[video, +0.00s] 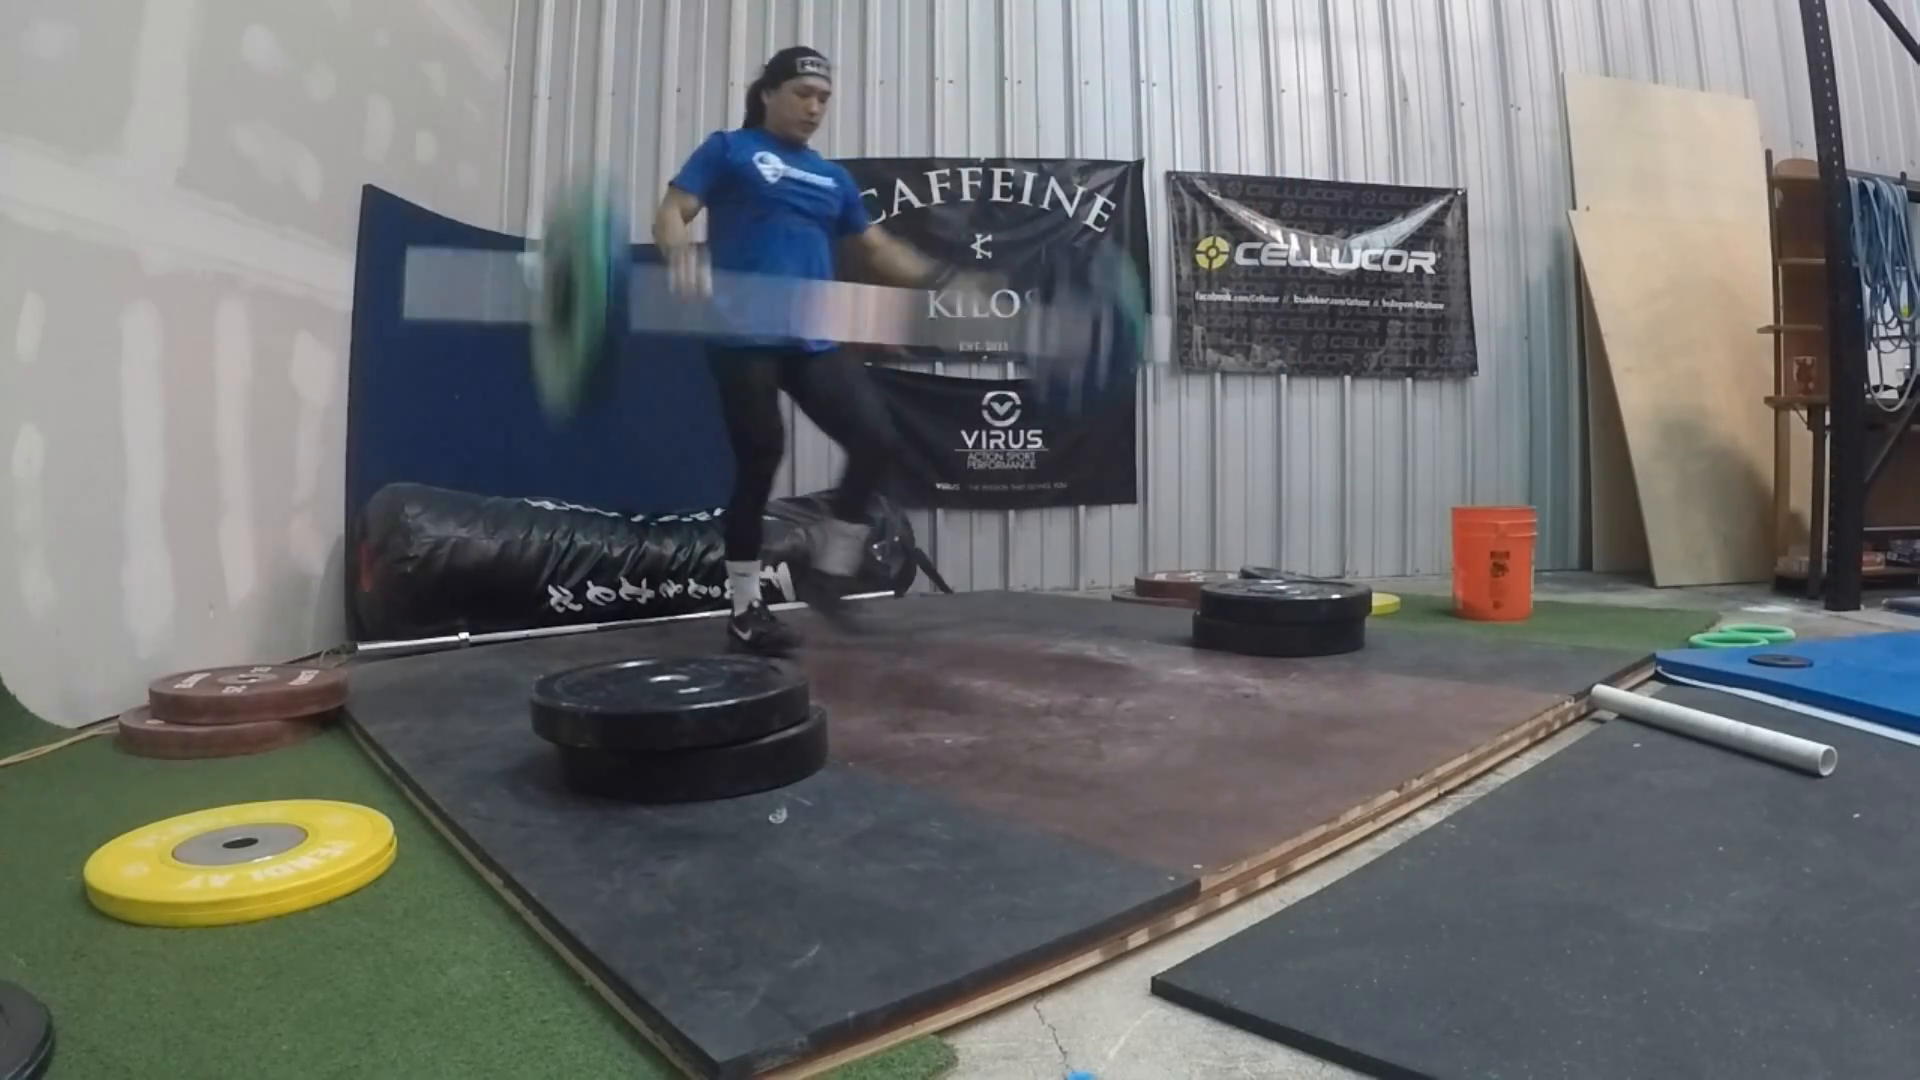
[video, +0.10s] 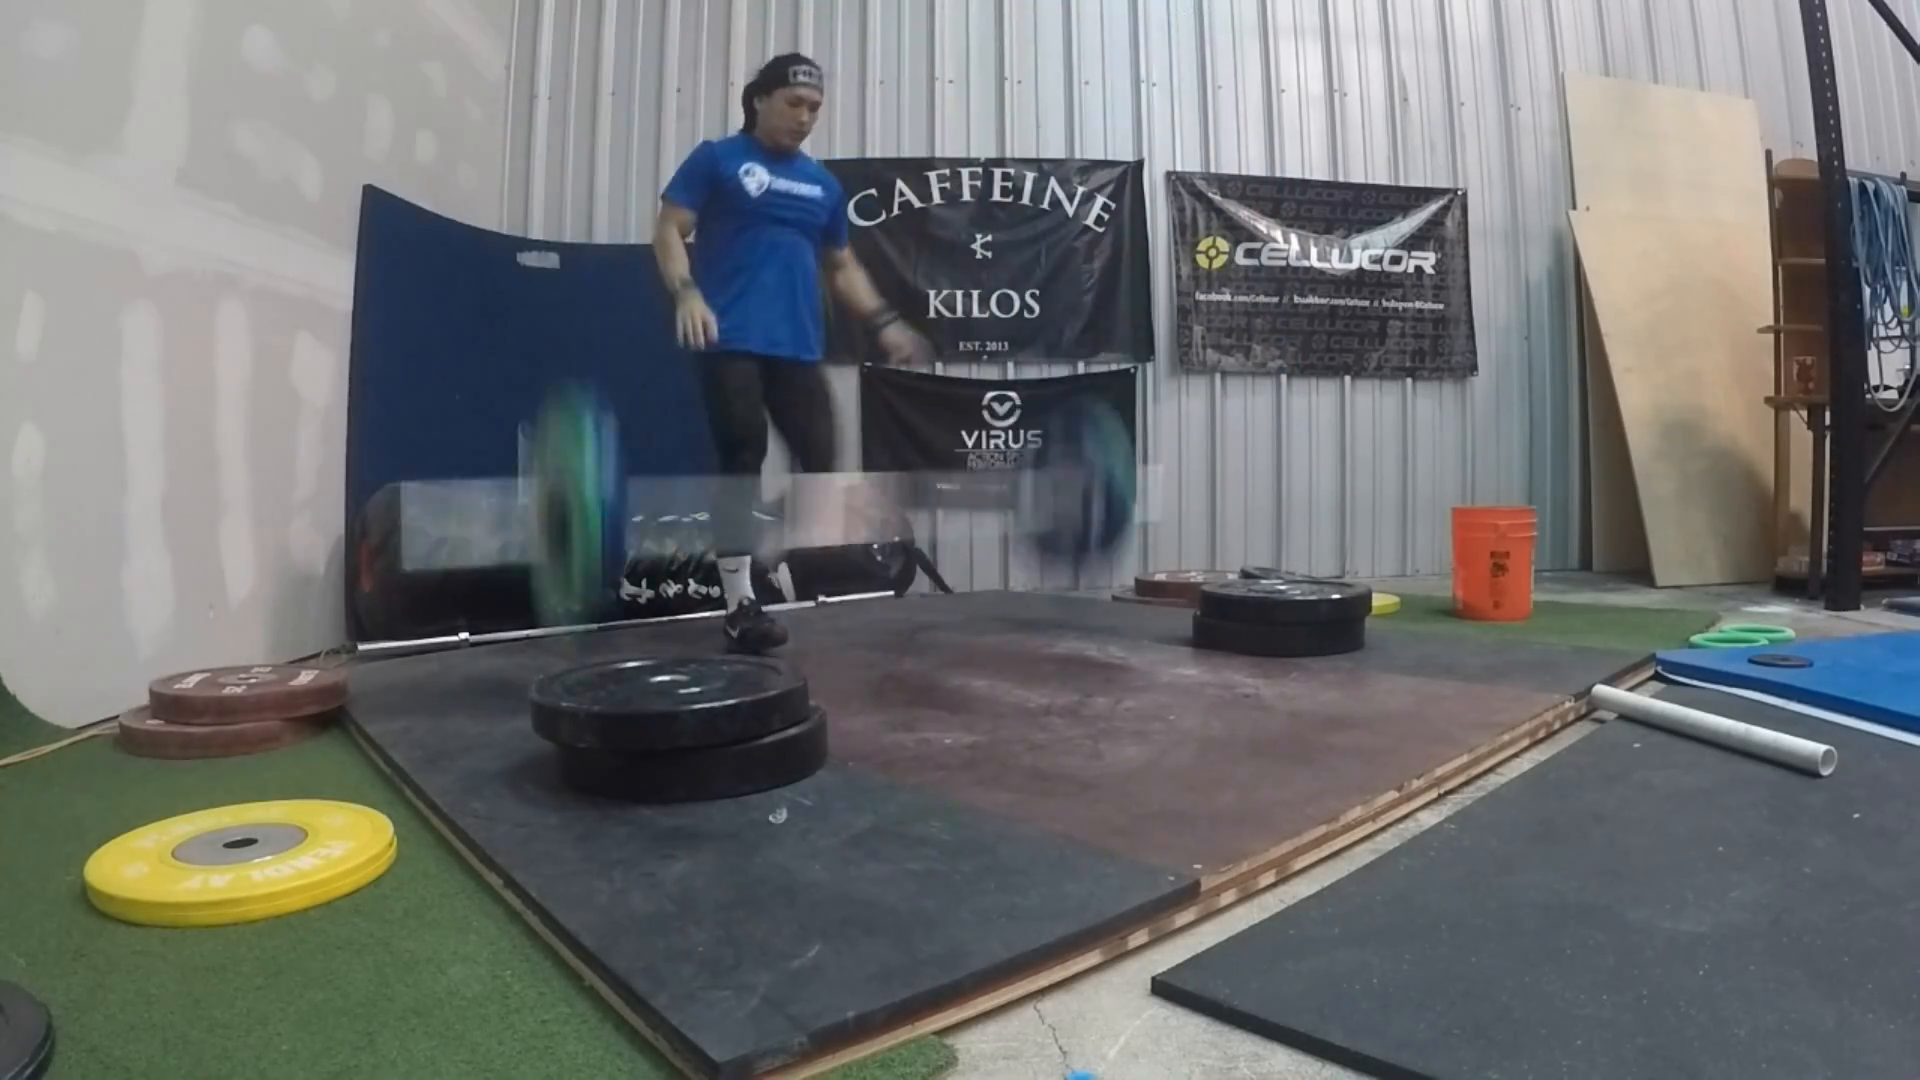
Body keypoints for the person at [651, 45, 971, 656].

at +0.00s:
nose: (814, 107)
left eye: (822, 99)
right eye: (803, 95)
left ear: (826, 106)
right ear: (768, 93)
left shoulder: (835, 179)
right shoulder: (729, 149)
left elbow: (879, 252)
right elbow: (670, 213)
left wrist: (946, 278)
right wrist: (682, 252)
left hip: (810, 342)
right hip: (741, 339)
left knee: (875, 440)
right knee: (760, 452)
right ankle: (745, 608)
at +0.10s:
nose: (805, 117)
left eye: (814, 108)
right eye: (795, 104)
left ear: (818, 113)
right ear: (759, 101)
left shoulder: (824, 184)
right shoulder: (717, 158)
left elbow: (843, 265)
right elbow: (667, 228)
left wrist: (885, 323)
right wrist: (685, 293)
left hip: (795, 347)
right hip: (727, 340)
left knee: (820, 457)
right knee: (743, 450)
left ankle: (778, 572)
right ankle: (735, 589)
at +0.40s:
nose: (808, 205)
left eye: (816, 194)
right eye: (798, 190)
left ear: (823, 196)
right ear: (763, 185)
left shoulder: (818, 255)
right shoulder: (715, 236)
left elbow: (843, 332)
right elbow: (691, 317)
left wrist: (872, 383)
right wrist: (723, 362)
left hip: (749, 374)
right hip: (693, 369)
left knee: (745, 476)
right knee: (723, 459)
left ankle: (703, 583)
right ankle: (728, 589)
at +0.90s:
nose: (775, 178)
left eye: (784, 169)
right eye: (766, 164)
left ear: (789, 171)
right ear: (733, 159)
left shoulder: (788, 232)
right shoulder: (684, 217)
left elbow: (793, 308)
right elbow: (646, 295)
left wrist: (795, 380)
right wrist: (650, 376)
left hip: (732, 374)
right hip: (675, 369)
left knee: (720, 477)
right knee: (683, 467)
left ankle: (699, 587)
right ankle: (672, 590)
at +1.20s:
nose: (774, 164)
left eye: (784, 154)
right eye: (765, 151)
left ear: (790, 157)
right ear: (735, 145)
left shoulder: (789, 216)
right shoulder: (687, 199)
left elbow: (783, 290)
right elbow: (632, 263)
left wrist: (777, 361)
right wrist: (602, 338)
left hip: (745, 360)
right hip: (685, 351)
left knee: (735, 463)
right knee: (723, 449)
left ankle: (707, 584)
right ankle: (715, 582)